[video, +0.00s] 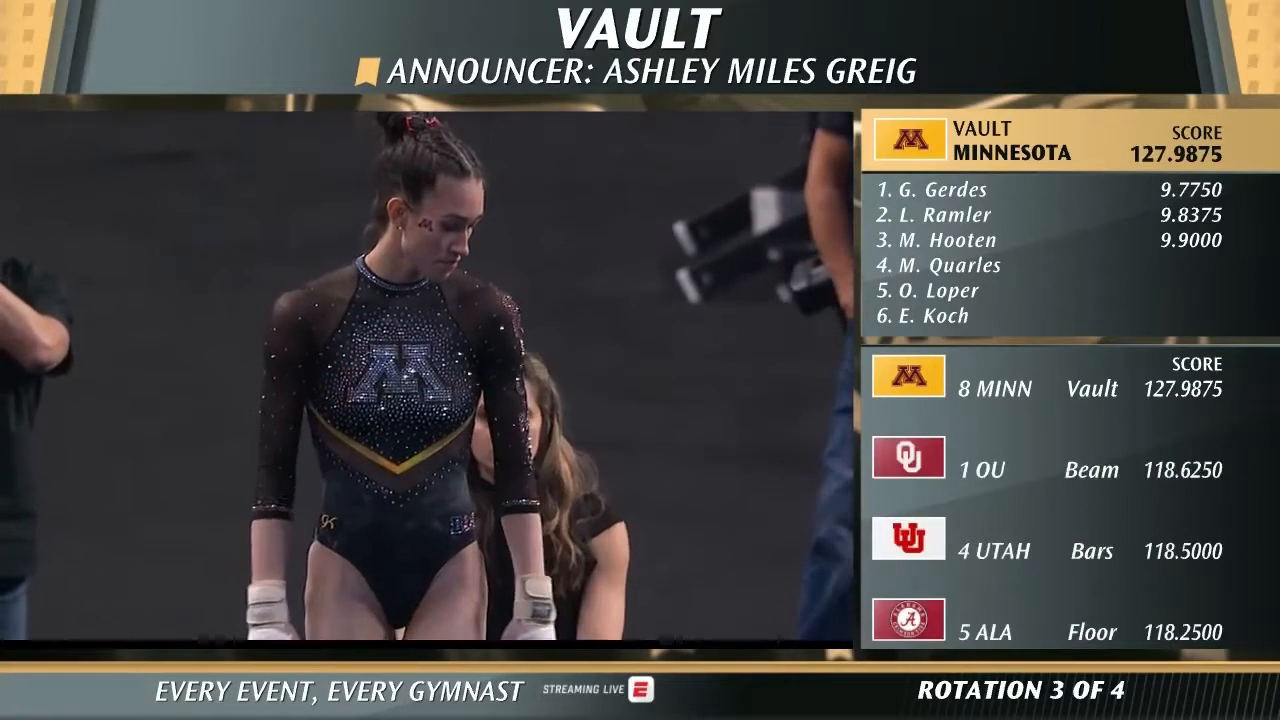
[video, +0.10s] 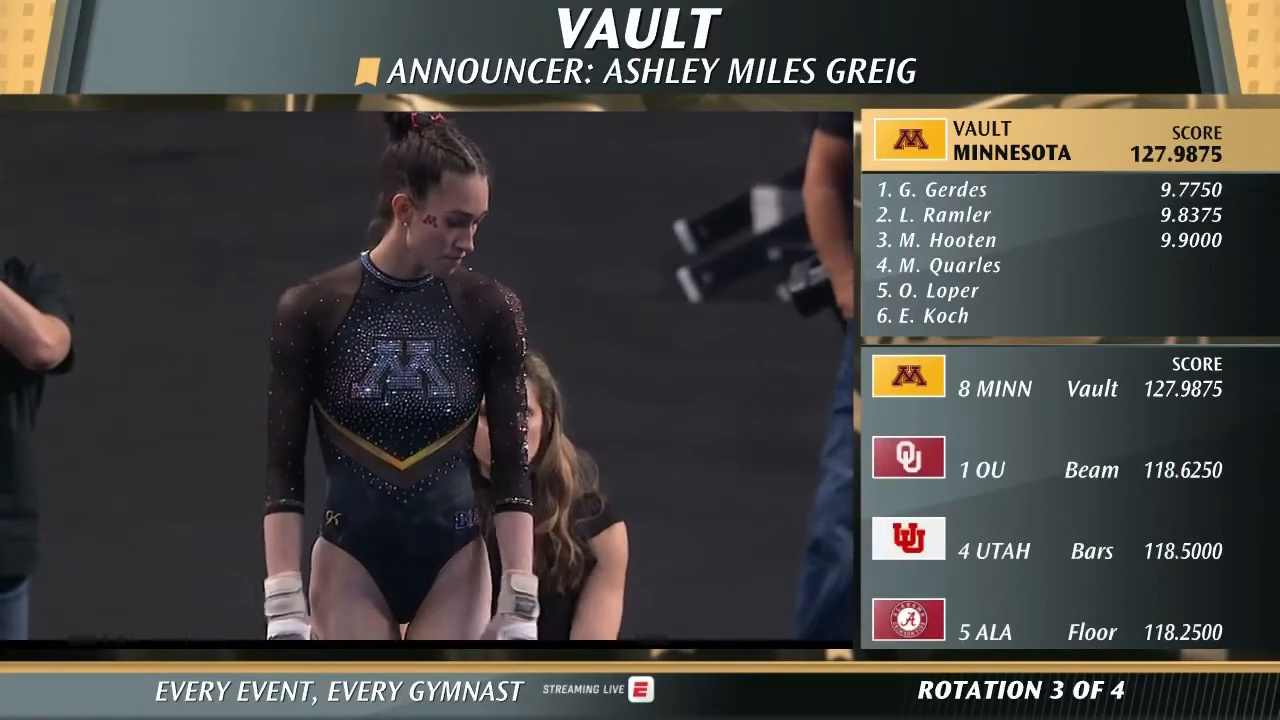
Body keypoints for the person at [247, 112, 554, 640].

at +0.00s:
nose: (463, 244)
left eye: (471, 227)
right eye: (449, 226)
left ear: (478, 217)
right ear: (397, 213)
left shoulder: (483, 313)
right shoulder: (304, 315)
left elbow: (514, 465)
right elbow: (274, 470)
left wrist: (534, 606)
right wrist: (265, 613)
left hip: (452, 563)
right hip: (344, 562)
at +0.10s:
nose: (468, 241)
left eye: (476, 223)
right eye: (454, 221)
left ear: (483, 213)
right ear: (403, 208)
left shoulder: (489, 310)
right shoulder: (310, 308)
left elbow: (510, 460)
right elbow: (284, 461)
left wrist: (519, 603)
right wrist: (284, 609)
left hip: (458, 558)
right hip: (348, 556)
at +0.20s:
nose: (469, 241)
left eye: (477, 224)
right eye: (456, 222)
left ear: (483, 215)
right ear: (404, 208)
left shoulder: (492, 311)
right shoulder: (312, 309)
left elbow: (507, 464)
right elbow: (288, 463)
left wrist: (500, 610)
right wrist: (292, 609)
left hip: (460, 558)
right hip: (348, 555)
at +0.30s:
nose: (471, 245)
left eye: (479, 228)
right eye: (458, 227)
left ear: (485, 216)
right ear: (406, 212)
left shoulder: (493, 315)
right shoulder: (314, 314)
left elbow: (509, 466)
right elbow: (291, 464)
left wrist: (492, 607)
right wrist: (290, 608)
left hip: (460, 561)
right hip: (350, 559)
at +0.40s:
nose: (471, 246)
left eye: (480, 228)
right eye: (458, 227)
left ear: (485, 217)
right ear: (406, 212)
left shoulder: (493, 315)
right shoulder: (315, 313)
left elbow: (510, 468)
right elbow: (291, 468)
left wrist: (494, 612)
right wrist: (280, 609)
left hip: (458, 559)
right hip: (348, 557)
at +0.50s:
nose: (472, 245)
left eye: (481, 227)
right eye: (460, 226)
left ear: (486, 216)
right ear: (410, 211)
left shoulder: (494, 313)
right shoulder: (316, 311)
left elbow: (512, 465)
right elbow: (290, 466)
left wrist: (511, 608)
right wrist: (271, 609)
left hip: (459, 560)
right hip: (350, 557)